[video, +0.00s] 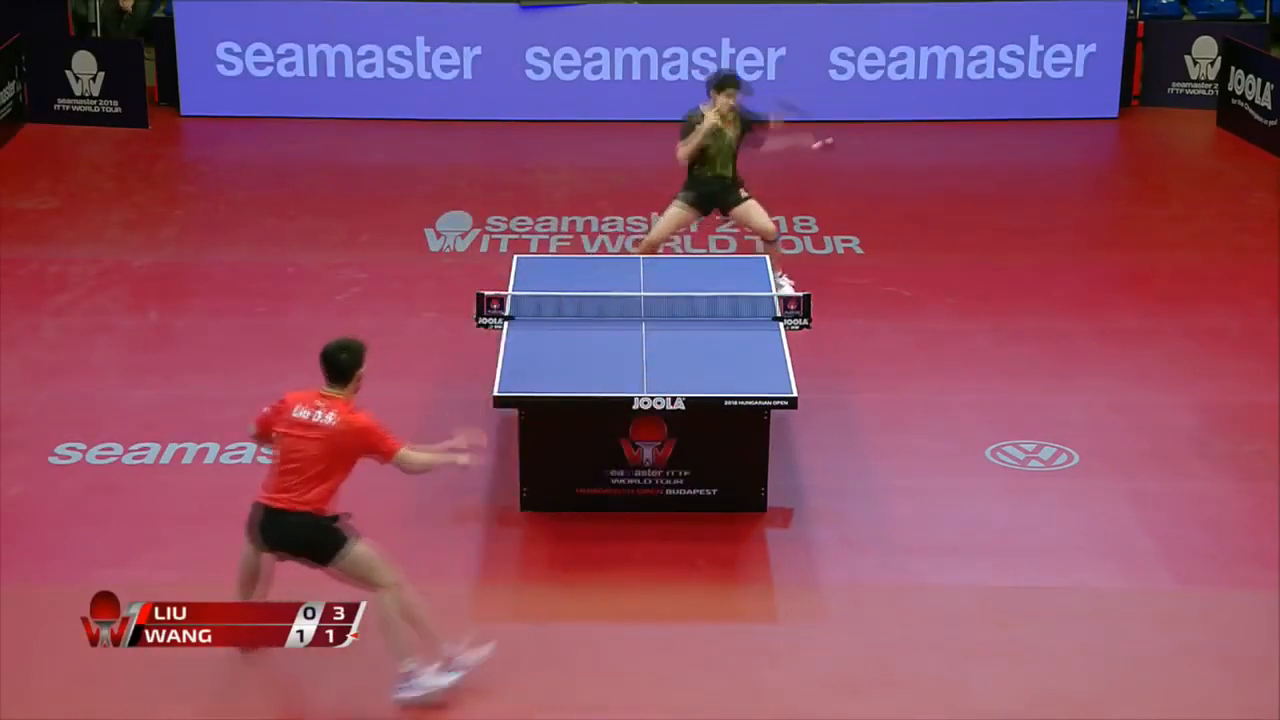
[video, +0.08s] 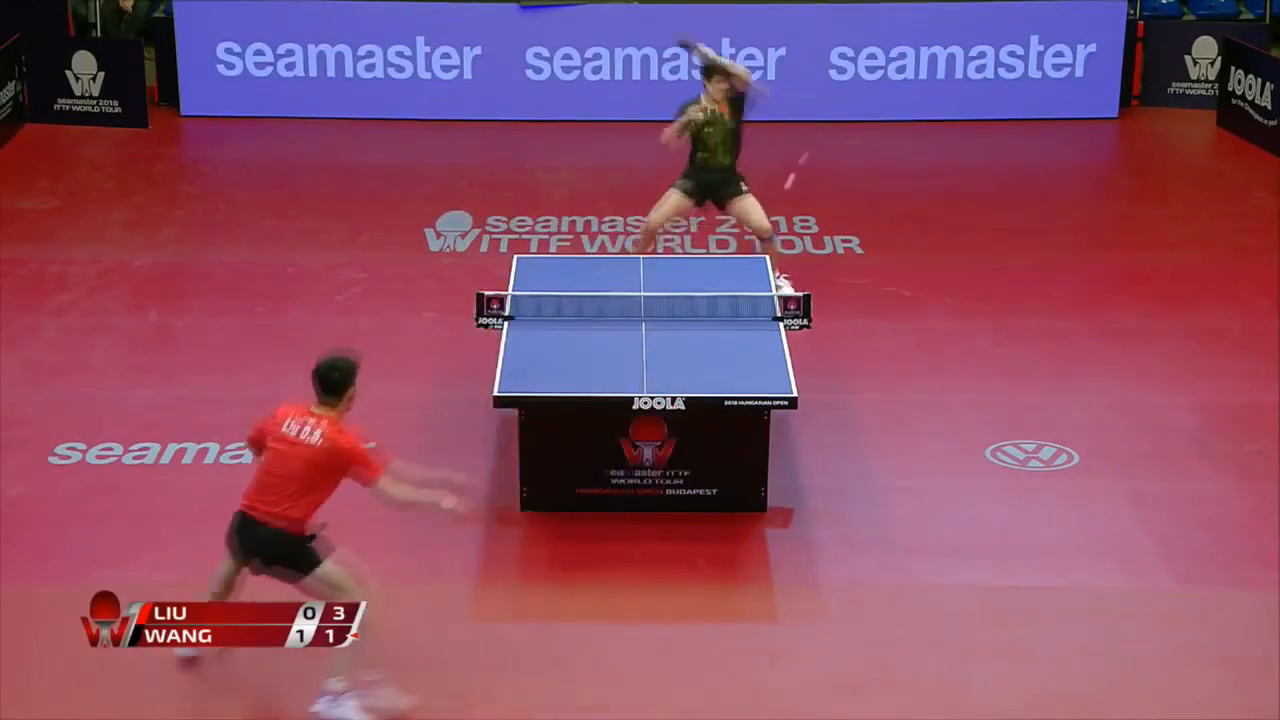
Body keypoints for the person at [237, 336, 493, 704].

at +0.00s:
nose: (363, 374)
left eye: (361, 369)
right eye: (362, 370)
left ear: (323, 371)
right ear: (358, 375)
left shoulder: (291, 403)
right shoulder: (355, 423)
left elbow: (259, 433)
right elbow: (408, 460)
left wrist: (299, 438)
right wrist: (451, 456)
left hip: (265, 519)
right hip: (308, 526)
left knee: (254, 545)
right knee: (388, 582)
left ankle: (242, 623)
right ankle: (412, 672)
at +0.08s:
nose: (355, 393)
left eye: (351, 385)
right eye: (354, 387)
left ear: (315, 386)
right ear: (349, 394)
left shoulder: (285, 415)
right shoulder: (343, 444)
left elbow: (255, 444)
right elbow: (391, 492)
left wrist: (292, 463)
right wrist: (441, 499)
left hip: (243, 527)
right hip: (282, 542)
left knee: (234, 565)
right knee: (352, 600)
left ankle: (195, 636)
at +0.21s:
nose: (345, 447)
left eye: (344, 440)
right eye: (344, 442)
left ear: (307, 439)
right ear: (337, 449)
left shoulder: (295, 459)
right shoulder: (313, 499)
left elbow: (325, 488)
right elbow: (317, 570)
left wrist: (341, 519)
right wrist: (349, 601)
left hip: (213, 568)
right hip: (242, 586)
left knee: (211, 613)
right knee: (326, 611)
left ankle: (135, 656)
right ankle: (311, 706)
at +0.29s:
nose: (354, 475)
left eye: (352, 470)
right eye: (351, 470)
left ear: (326, 475)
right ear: (336, 479)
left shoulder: (331, 494)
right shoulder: (298, 522)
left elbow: (386, 504)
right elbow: (285, 590)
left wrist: (418, 533)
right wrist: (319, 626)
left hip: (238, 579)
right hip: (237, 592)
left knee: (205, 630)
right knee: (321, 630)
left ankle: (138, 655)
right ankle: (301, 708)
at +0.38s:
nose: (376, 496)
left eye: (373, 491)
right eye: (370, 491)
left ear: (353, 496)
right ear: (349, 499)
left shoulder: (359, 512)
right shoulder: (312, 543)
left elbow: (418, 508)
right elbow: (300, 607)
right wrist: (331, 629)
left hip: (283, 590)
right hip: (255, 597)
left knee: (220, 627)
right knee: (328, 639)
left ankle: (155, 645)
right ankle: (308, 706)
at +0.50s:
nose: (417, 500)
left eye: (413, 492)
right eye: (409, 497)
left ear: (391, 511)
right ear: (390, 512)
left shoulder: (381, 516)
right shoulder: (367, 557)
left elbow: (401, 486)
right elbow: (358, 611)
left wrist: (427, 496)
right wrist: (370, 654)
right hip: (299, 609)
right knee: (364, 685)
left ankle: (270, 642)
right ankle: (305, 714)